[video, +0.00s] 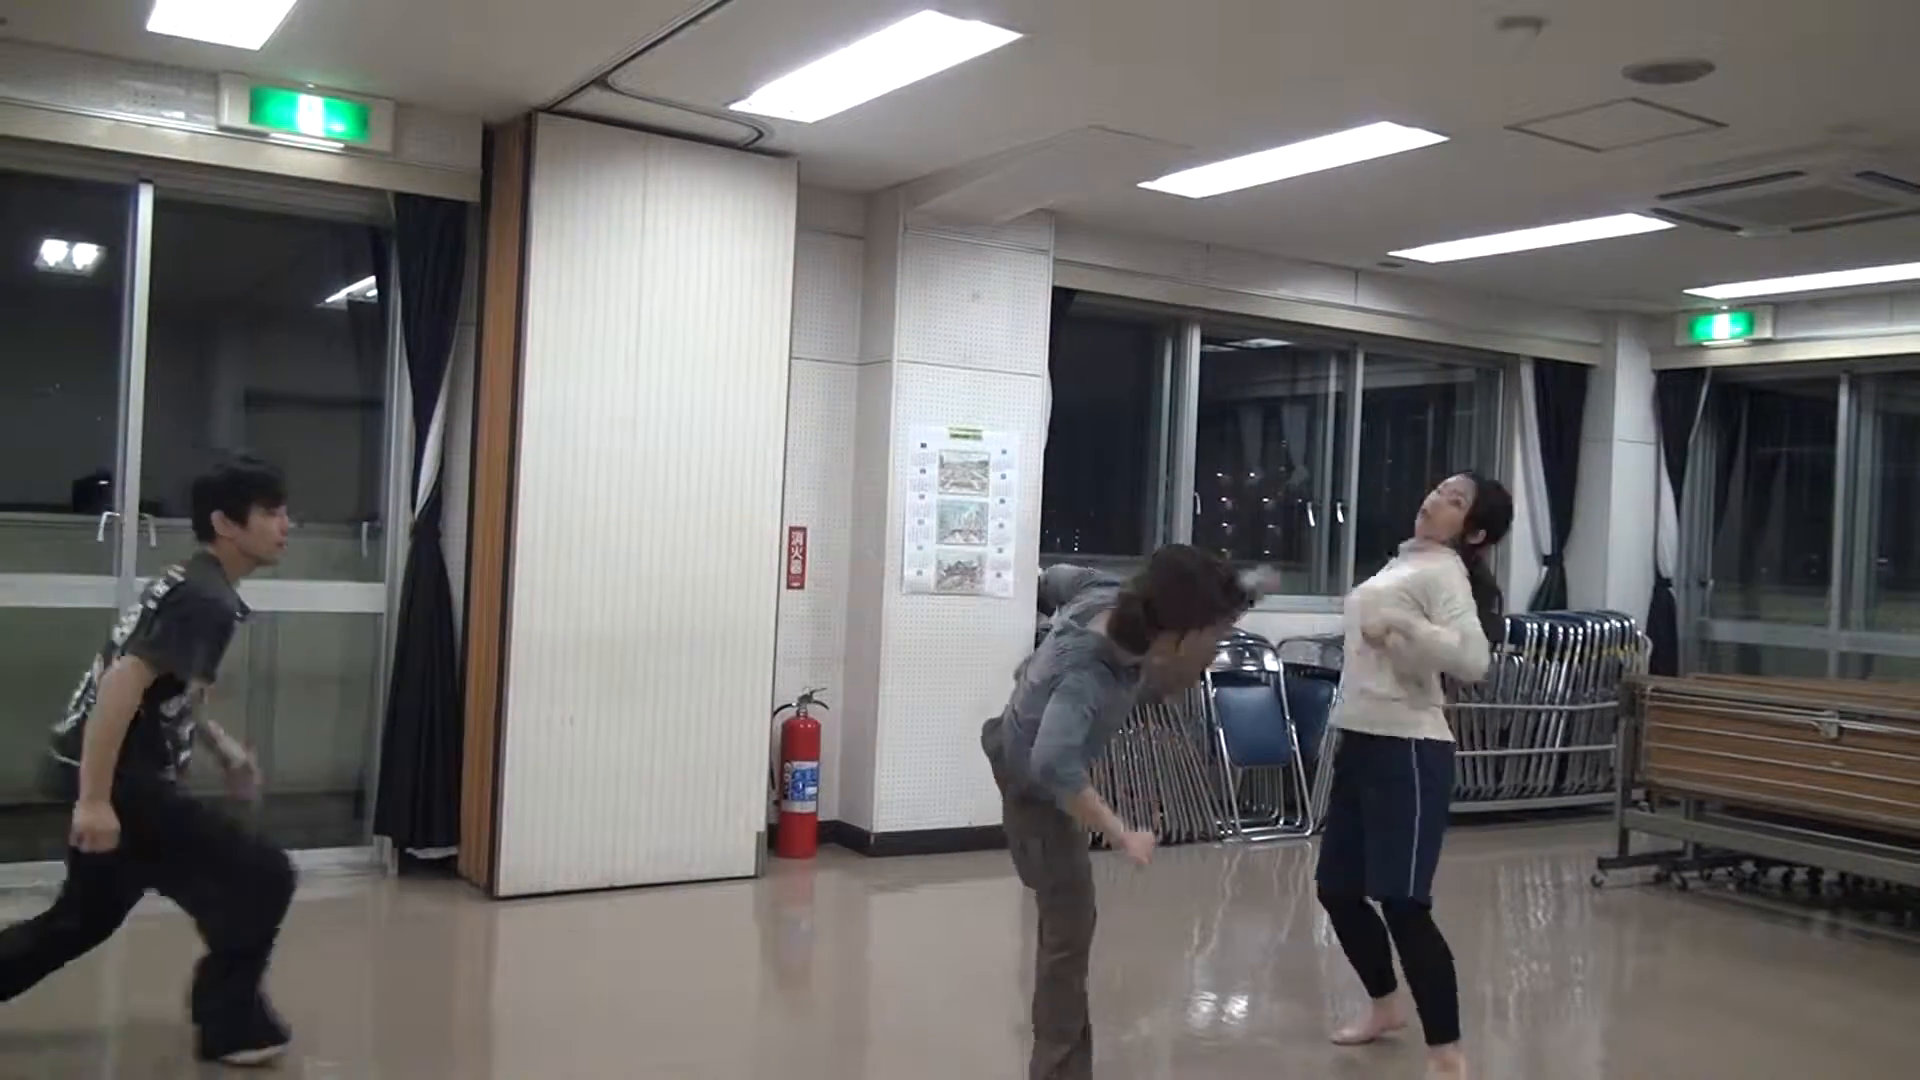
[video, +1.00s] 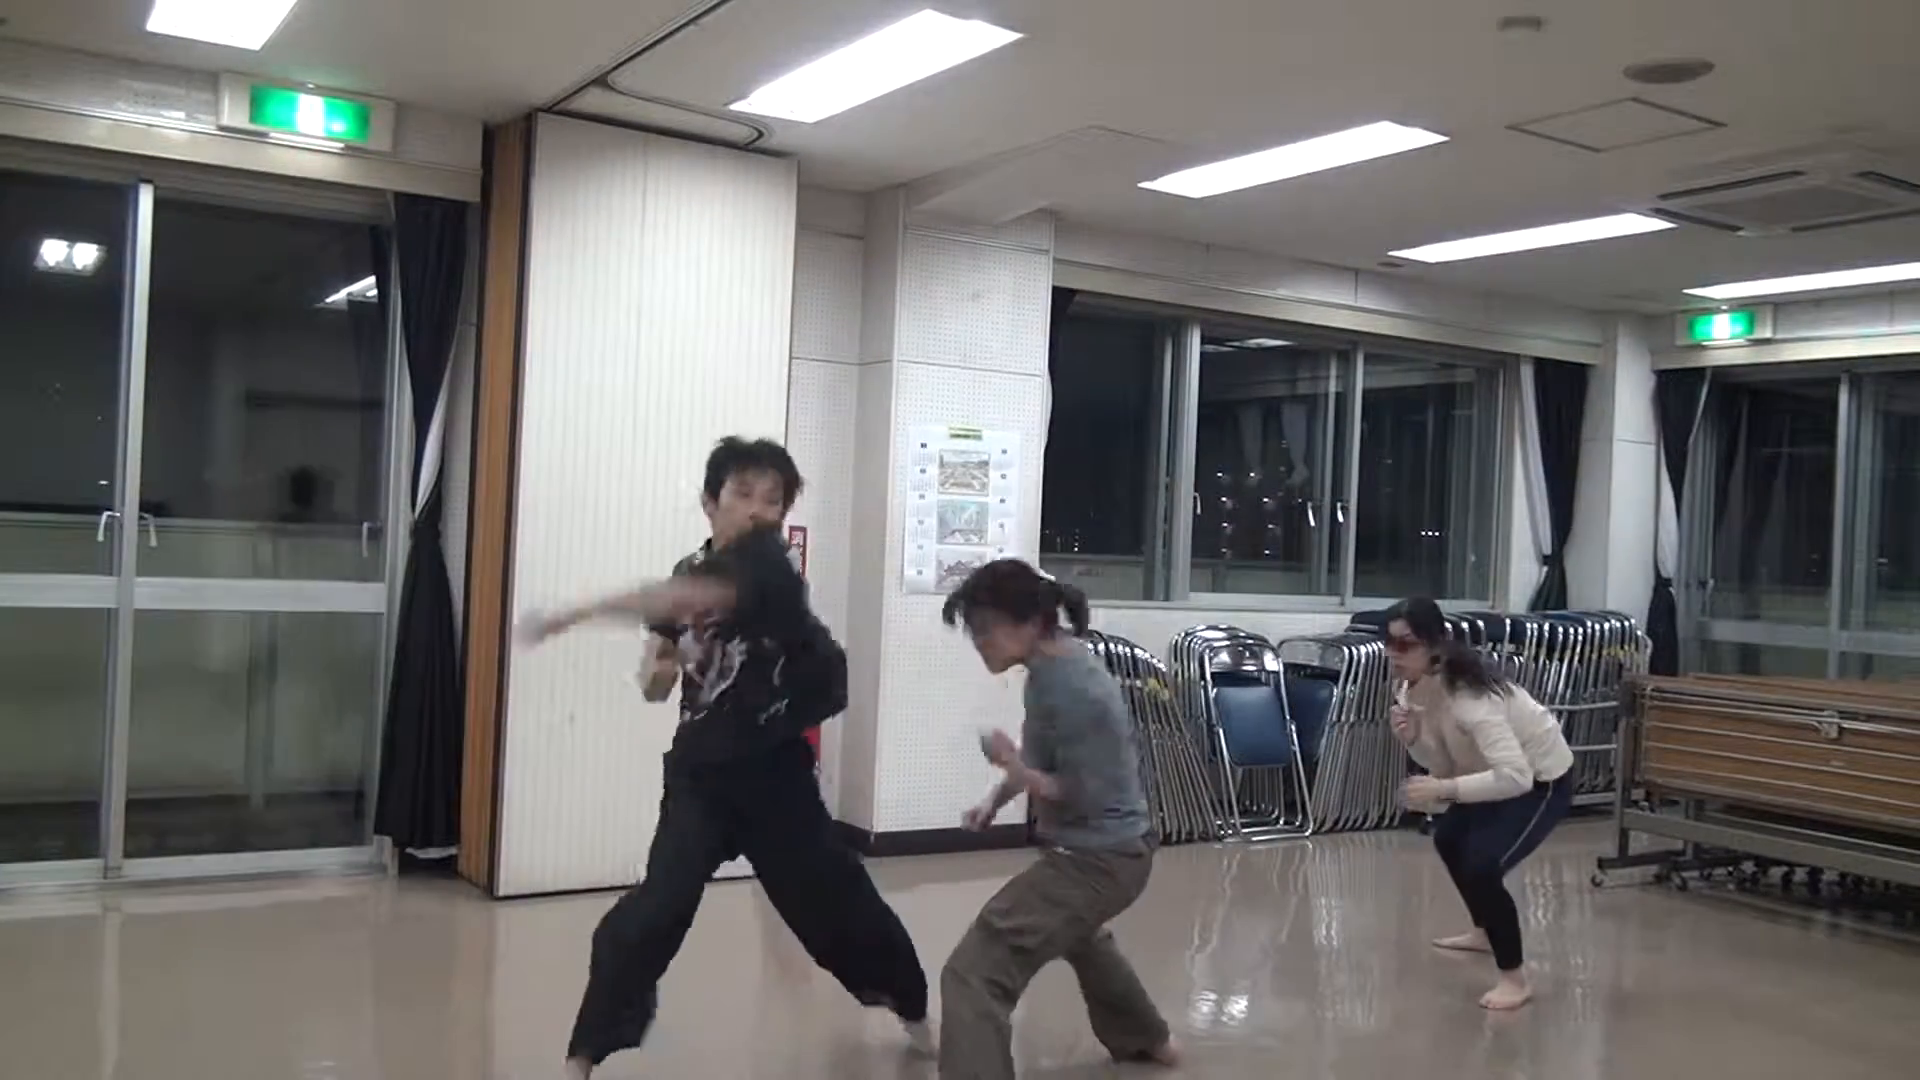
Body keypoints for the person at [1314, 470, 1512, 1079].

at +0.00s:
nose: (1434, 495)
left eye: (1452, 497)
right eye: (1441, 487)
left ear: (1470, 531)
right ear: (1428, 498)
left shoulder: (1447, 573)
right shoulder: (1405, 560)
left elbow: (1475, 658)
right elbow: (1395, 649)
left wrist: (1398, 631)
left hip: (1411, 749)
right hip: (1361, 741)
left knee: (1403, 902)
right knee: (1338, 888)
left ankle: (1448, 1056)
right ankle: (1388, 1006)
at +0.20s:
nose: (1445, 520)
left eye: (1461, 521)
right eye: (1440, 508)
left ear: (1467, 547)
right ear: (1416, 515)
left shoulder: (1459, 610)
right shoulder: (1364, 571)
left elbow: (1384, 647)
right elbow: (1313, 607)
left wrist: (1393, 572)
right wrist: (1301, 687)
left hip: (1437, 735)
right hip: (1368, 731)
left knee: (1389, 820)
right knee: (1347, 845)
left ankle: (1377, 965)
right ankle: (1340, 985)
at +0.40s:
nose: (1402, 615)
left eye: (1418, 609)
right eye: (1400, 601)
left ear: (1443, 619)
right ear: (1390, 597)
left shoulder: (1457, 670)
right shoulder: (1366, 633)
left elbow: (1431, 768)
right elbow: (1349, 687)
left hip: (1439, 787)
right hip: (1372, 770)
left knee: (1426, 912)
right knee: (1355, 881)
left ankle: (1473, 925)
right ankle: (1341, 997)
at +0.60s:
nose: (1430, 669)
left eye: (1446, 665)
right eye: (1427, 654)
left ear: (1473, 668)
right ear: (1418, 642)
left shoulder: (1495, 714)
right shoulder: (1404, 648)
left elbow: (1490, 782)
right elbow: (1384, 678)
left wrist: (1447, 783)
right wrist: (1372, 717)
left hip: (1488, 781)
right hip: (1429, 767)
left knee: (1481, 878)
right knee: (1395, 866)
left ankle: (1515, 977)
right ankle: (1382, 953)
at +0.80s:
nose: (1446, 679)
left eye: (1457, 672)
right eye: (1438, 667)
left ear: (1478, 666)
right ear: (1428, 658)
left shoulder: (1509, 702)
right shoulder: (1413, 678)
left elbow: (1525, 784)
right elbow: (1379, 726)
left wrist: (1478, 791)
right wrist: (1370, 766)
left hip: (1521, 779)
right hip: (1461, 772)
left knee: (1492, 880)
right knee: (1434, 851)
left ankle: (1514, 979)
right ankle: (1475, 911)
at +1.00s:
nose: (1393, 655)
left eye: (1404, 646)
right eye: (1390, 645)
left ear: (1435, 648)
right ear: (1386, 645)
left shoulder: (1470, 698)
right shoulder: (1412, 689)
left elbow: (1516, 778)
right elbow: (1443, 765)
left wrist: (1445, 790)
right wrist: (1411, 740)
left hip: (1546, 780)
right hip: (1498, 775)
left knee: (1481, 862)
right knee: (1449, 838)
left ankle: (1514, 980)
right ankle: (1485, 933)